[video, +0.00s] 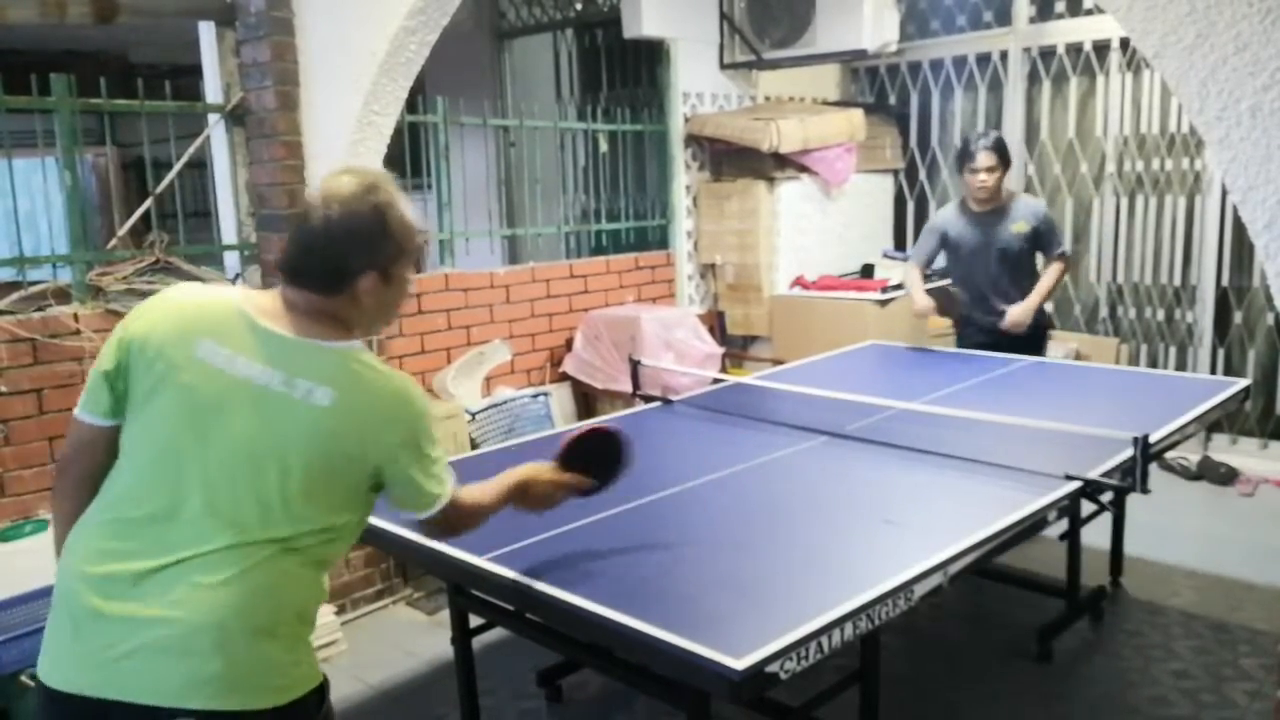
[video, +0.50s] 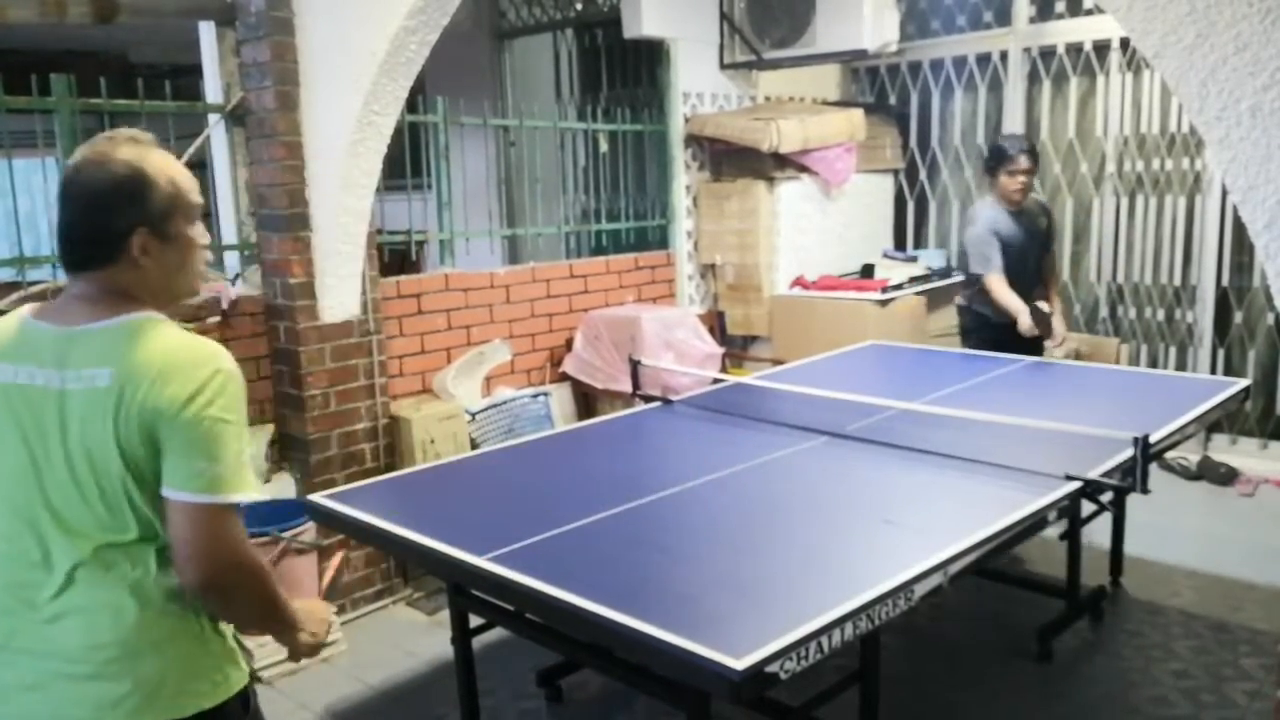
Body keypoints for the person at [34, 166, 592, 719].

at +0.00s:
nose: (413, 286)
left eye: (414, 269)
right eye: (409, 270)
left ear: (288, 260)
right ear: (370, 283)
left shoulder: (164, 316)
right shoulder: (388, 402)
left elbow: (70, 482)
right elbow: (447, 519)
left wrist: (86, 595)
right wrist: (516, 484)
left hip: (83, 662)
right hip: (242, 680)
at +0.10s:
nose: (377, 281)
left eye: (378, 261)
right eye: (372, 263)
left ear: (253, 254)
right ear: (327, 276)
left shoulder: (131, 325)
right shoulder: (354, 399)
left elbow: (52, 488)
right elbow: (393, 550)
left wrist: (79, 597)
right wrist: (476, 510)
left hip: (67, 673)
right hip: (222, 684)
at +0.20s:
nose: (320, 267)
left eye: (318, 250)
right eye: (313, 253)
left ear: (204, 250)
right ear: (273, 268)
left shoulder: (88, 334)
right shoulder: (306, 392)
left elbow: (31, 510)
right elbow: (327, 569)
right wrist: (401, 550)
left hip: (47, 675)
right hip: (204, 683)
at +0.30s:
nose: (276, 256)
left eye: (272, 237)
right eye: (263, 238)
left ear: (147, 243)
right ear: (217, 255)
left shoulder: (45, 338)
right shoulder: (258, 383)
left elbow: (9, 507)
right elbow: (268, 573)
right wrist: (347, 578)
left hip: (28, 667)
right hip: (181, 681)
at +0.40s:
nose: (231, 248)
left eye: (226, 229)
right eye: (221, 231)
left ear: (98, 242)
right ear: (171, 251)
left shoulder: (15, 343)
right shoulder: (215, 373)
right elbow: (227, 567)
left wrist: (232, 603)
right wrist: (303, 604)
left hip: (24, 681)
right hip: (167, 687)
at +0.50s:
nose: (207, 238)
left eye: (202, 219)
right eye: (195, 221)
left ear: (75, 240)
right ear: (142, 247)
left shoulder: (11, 338)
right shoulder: (192, 365)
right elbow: (210, 564)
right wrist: (290, 622)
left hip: (21, 682)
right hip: (155, 688)